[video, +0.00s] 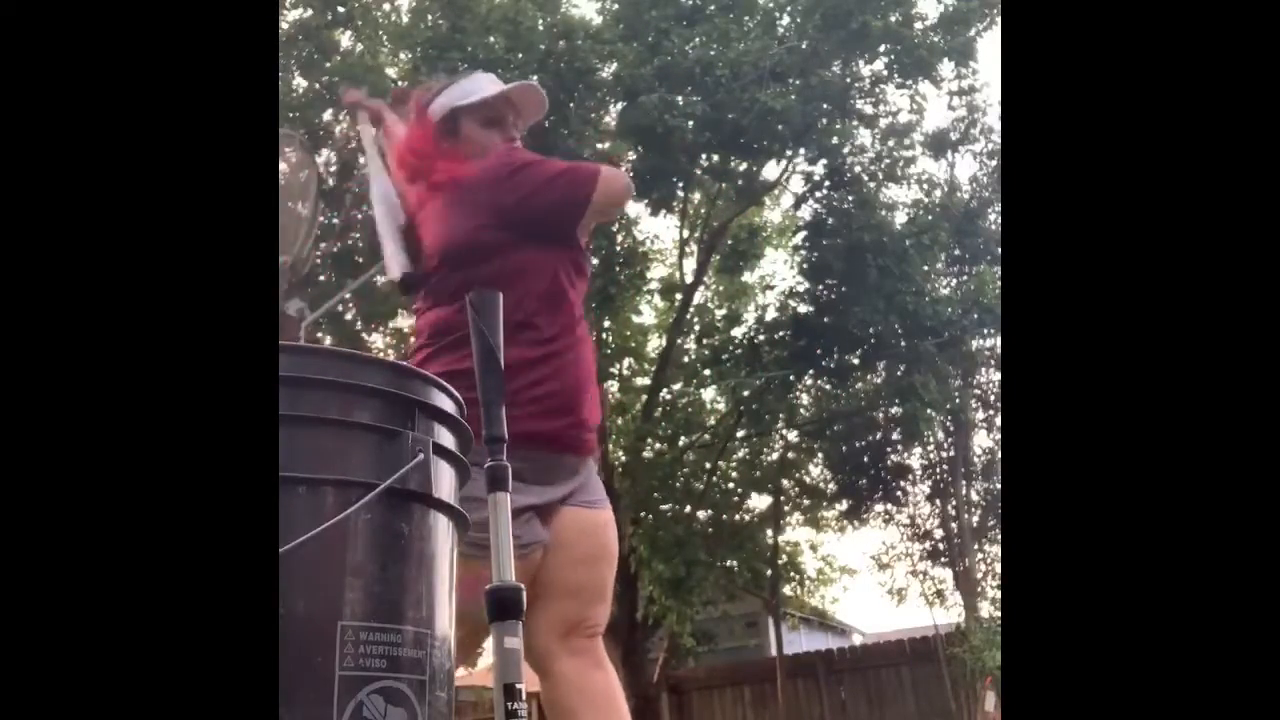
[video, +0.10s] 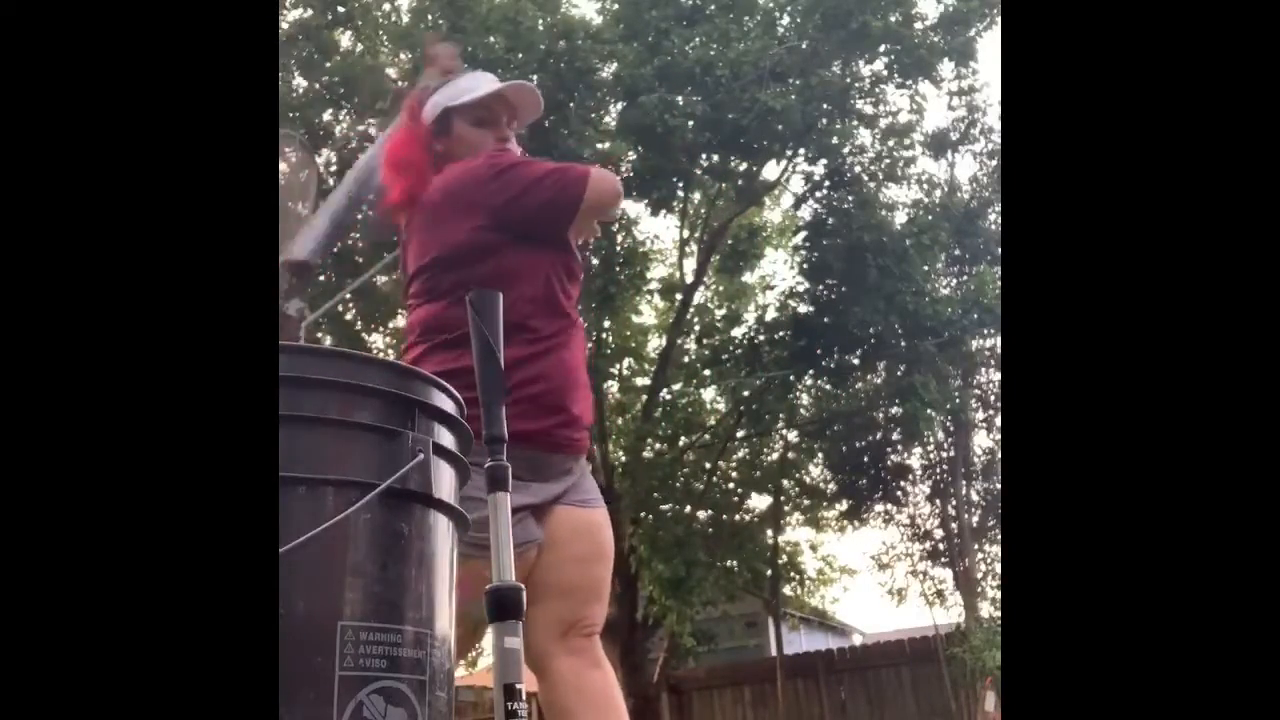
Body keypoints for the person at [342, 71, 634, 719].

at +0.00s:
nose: (511, 132)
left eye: (510, 122)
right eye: (493, 121)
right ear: (452, 132)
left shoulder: (443, 190)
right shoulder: (492, 179)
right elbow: (614, 186)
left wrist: (388, 123)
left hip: (565, 463)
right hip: (479, 464)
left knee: (576, 643)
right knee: (429, 657)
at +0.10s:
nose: (510, 135)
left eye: (514, 123)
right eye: (486, 121)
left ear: (520, 133)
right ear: (439, 136)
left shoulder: (513, 194)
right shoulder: (464, 184)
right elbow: (604, 187)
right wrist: (569, 230)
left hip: (561, 465)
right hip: (469, 467)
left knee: (575, 644)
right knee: (430, 654)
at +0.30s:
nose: (496, 132)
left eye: (505, 121)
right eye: (475, 117)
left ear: (515, 132)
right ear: (433, 131)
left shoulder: (509, 201)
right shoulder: (434, 197)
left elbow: (571, 194)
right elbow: (553, 240)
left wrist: (645, 145)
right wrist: (604, 216)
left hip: (546, 459)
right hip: (449, 460)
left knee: (575, 642)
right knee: (408, 650)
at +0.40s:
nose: (505, 124)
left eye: (515, 113)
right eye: (483, 112)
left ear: (526, 132)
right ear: (443, 129)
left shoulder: (539, 213)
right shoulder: (427, 198)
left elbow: (622, 247)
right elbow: (475, 263)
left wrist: (667, 206)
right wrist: (600, 250)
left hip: (547, 456)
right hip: (443, 455)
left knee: (585, 630)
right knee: (403, 647)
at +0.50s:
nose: (525, 122)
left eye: (536, 110)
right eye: (503, 110)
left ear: (551, 126)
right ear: (468, 128)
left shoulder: (575, 217)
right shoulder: (440, 192)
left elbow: (657, 282)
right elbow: (393, 269)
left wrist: (676, 242)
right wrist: (538, 286)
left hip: (559, 450)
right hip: (442, 449)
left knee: (595, 630)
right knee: (404, 643)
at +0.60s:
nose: (545, 108)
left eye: (557, 93)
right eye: (523, 95)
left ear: (575, 109)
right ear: (490, 112)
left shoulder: (609, 206)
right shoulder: (452, 186)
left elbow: (675, 305)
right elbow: (367, 260)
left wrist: (695, 254)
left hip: (575, 448)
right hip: (455, 448)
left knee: (599, 632)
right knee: (421, 644)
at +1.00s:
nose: (491, 29)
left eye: (509, 11)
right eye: (470, 15)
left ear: (541, 21)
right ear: (445, 32)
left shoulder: (605, 142)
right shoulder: (396, 138)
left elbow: (642, 261)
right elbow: (311, 256)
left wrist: (687, 328)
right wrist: (315, 356)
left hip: (568, 432)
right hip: (433, 432)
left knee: (593, 639)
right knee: (397, 633)